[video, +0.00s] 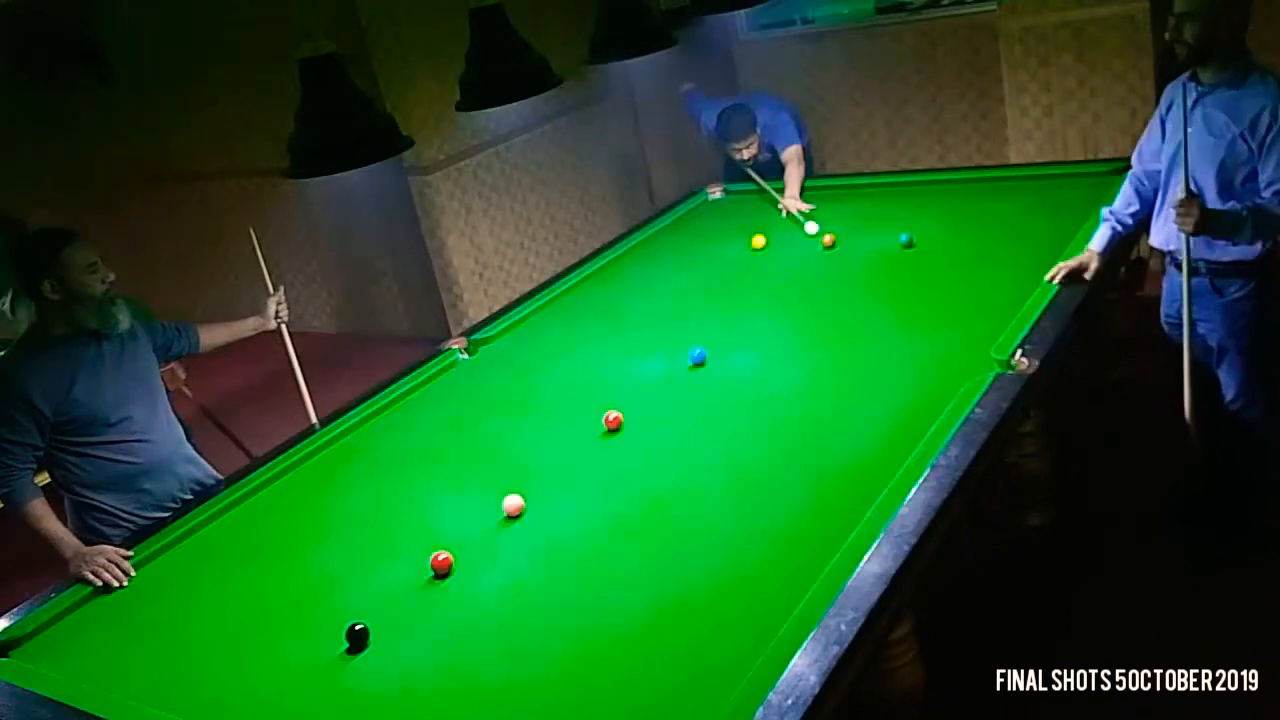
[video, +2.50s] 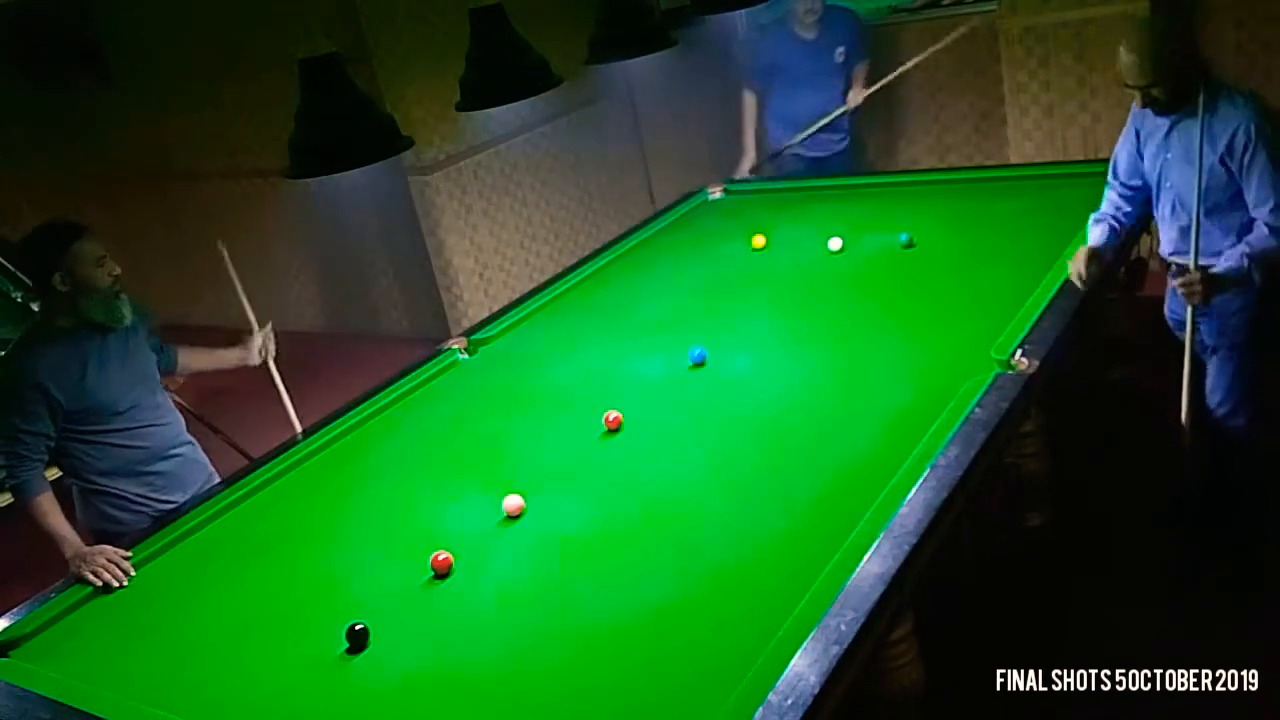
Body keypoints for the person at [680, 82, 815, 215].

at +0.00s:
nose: (745, 156)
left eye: (750, 147)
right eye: (736, 151)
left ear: (758, 134)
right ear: (722, 142)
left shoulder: (776, 121)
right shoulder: (710, 120)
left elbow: (794, 160)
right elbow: (693, 99)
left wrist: (791, 196)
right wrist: (688, 90)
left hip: (777, 156)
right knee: (738, 210)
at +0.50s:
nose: (747, 152)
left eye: (751, 143)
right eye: (738, 148)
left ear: (760, 131)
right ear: (721, 141)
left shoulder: (778, 120)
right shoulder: (710, 117)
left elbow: (795, 160)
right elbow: (691, 95)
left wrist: (791, 196)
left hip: (779, 156)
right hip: (738, 162)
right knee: (739, 210)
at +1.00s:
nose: (748, 152)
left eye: (753, 143)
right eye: (740, 147)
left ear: (761, 130)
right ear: (724, 141)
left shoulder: (778, 118)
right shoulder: (711, 118)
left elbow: (795, 160)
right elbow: (689, 95)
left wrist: (791, 196)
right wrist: (713, 141)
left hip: (779, 158)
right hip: (738, 163)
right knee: (740, 214)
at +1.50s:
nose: (750, 148)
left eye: (755, 139)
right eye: (742, 143)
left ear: (764, 127)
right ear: (727, 137)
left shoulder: (782, 117)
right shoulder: (715, 117)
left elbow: (796, 160)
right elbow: (690, 95)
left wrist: (792, 196)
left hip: (779, 159)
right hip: (739, 162)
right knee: (741, 213)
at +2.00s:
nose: (772, 74)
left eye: (778, 65)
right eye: (764, 67)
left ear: (786, 61)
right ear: (750, 65)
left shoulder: (807, 76)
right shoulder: (736, 76)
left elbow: (831, 131)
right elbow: (720, 91)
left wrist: (811, 166)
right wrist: (726, 127)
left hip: (803, 161)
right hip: (758, 161)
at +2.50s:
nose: (811, 6)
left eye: (816, 1)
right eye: (804, 2)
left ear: (823, 3)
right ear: (791, 4)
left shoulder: (844, 24)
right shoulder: (769, 37)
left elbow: (860, 58)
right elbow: (750, 89)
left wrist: (857, 86)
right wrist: (749, 153)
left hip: (836, 147)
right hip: (789, 151)